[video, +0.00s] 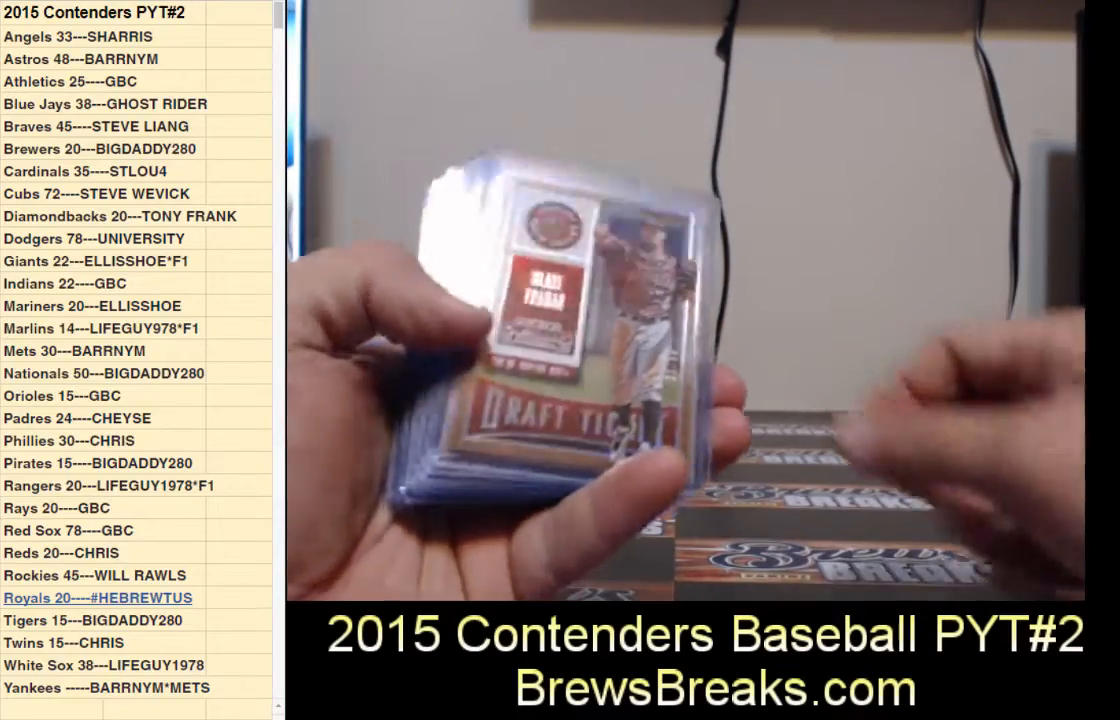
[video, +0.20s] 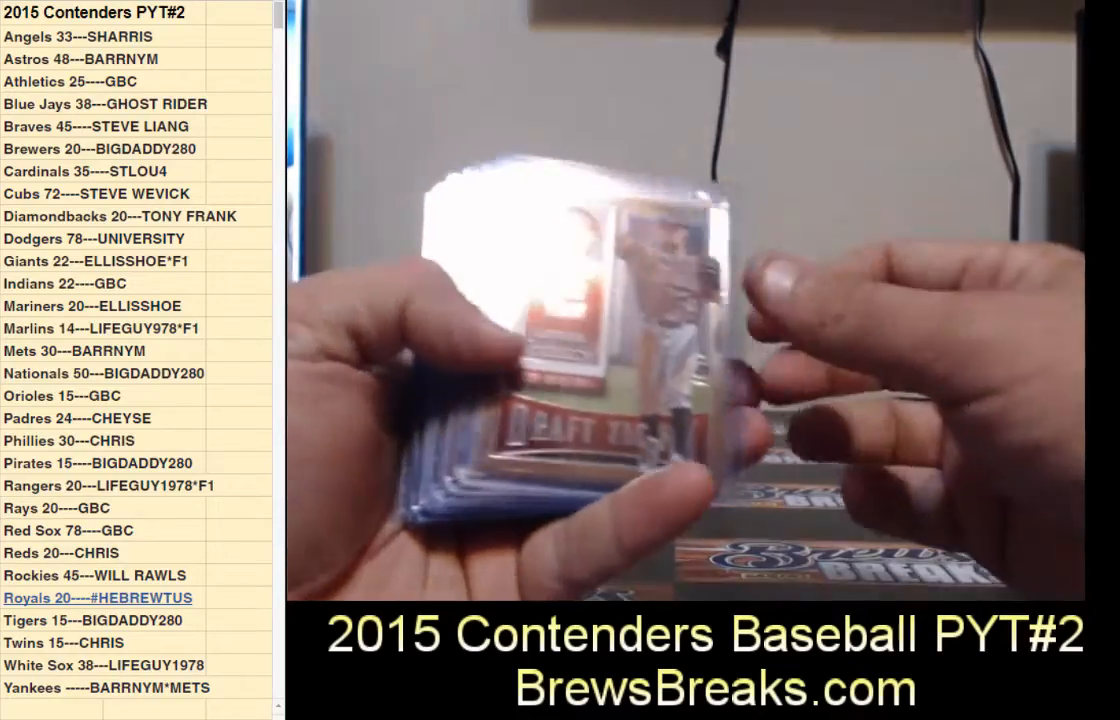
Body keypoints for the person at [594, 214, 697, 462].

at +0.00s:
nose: (649, 234)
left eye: (655, 230)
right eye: (646, 229)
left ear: (664, 235)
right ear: (640, 232)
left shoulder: (672, 265)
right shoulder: (628, 254)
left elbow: (683, 296)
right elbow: (604, 241)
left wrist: (690, 283)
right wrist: (604, 238)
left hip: (658, 323)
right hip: (627, 321)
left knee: (652, 386)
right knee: (623, 383)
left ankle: (648, 443)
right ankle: (623, 436)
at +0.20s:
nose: (672, 235)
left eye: (677, 229)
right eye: (667, 228)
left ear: (686, 233)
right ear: (659, 231)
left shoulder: (695, 263)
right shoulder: (648, 257)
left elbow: (711, 296)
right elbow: (622, 246)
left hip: (685, 328)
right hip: (654, 328)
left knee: (680, 393)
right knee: (650, 393)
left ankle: (681, 454)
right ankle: (653, 452)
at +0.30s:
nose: (702, 252)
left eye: (708, 247)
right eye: (698, 245)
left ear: (714, 249)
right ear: (691, 247)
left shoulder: (723, 275)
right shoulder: (675, 267)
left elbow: (735, 307)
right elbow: (645, 257)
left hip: (714, 340)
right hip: (682, 339)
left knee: (709, 403)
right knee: (679, 400)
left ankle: (710, 462)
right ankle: (682, 457)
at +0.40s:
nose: (723, 272)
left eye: (729, 266)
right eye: (716, 266)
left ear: (736, 262)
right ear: (706, 261)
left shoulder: (743, 284)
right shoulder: (695, 279)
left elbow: (772, 295)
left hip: (734, 352)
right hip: (704, 351)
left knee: (733, 417)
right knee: (704, 418)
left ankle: (734, 479)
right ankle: (709, 474)